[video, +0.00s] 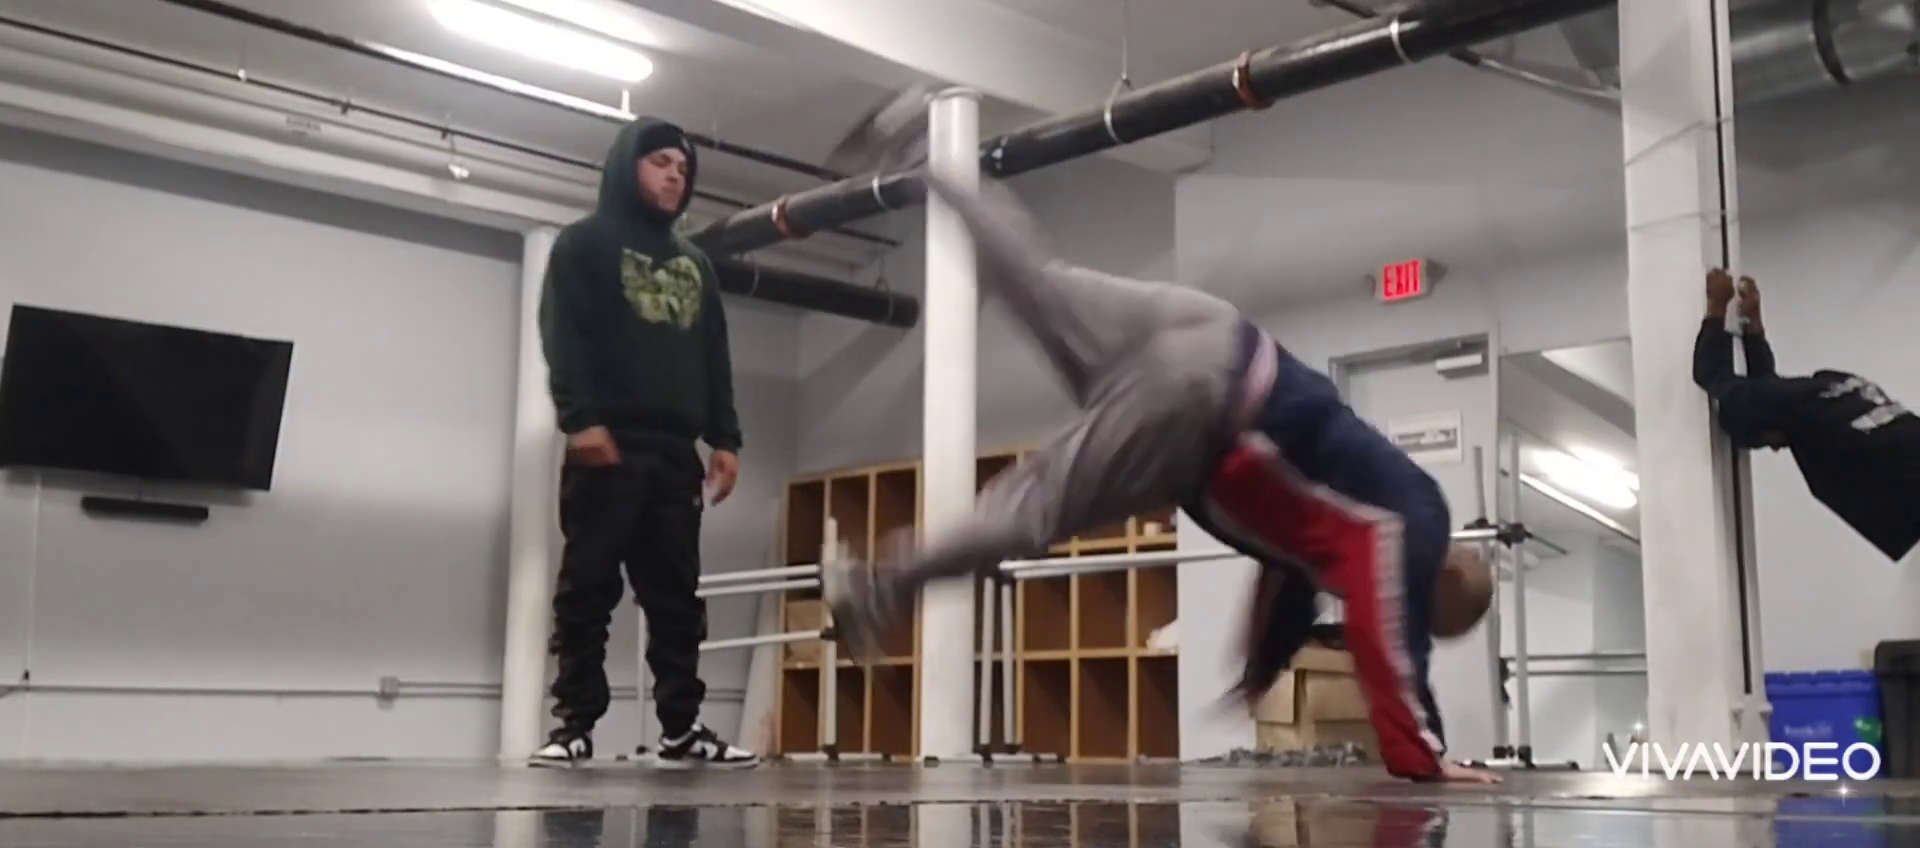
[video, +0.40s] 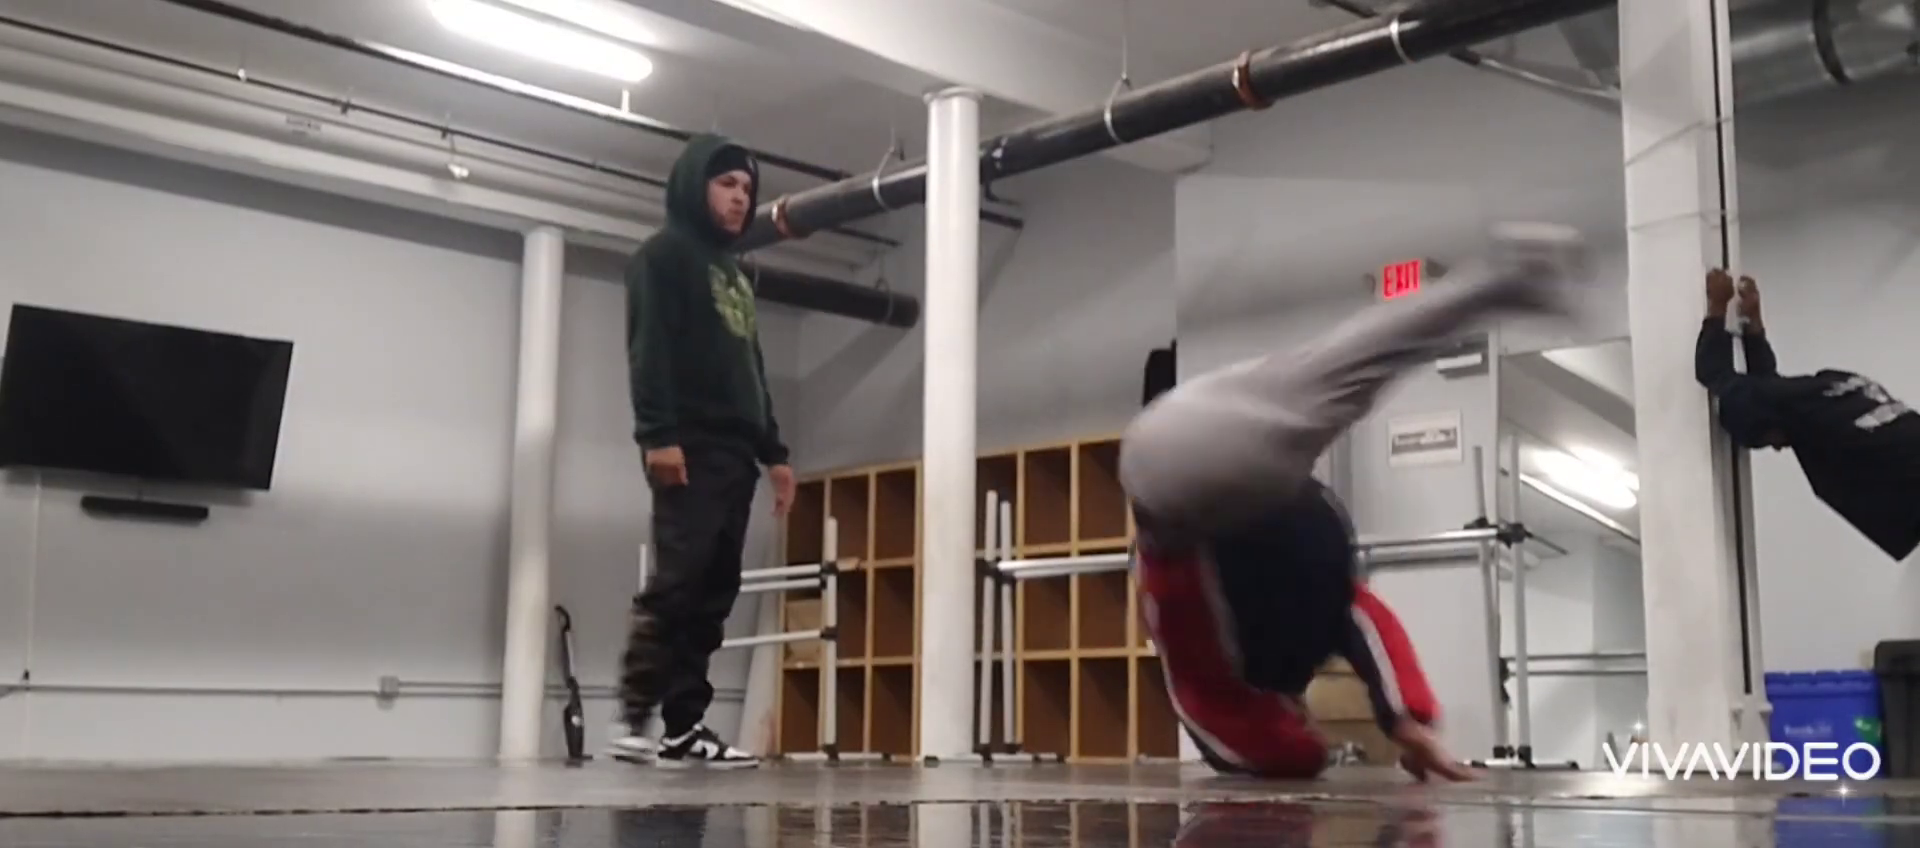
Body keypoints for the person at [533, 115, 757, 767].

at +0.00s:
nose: (675, 177)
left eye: (682, 169)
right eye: (662, 162)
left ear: (687, 184)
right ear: (628, 167)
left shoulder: (694, 263)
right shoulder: (583, 243)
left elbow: (714, 357)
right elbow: (562, 337)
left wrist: (724, 440)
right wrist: (580, 421)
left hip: (675, 449)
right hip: (603, 444)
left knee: (675, 594)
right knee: (587, 591)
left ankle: (681, 728)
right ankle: (573, 728)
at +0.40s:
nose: (739, 198)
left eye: (746, 188)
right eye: (728, 184)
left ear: (749, 198)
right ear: (692, 186)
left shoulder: (735, 272)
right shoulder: (662, 256)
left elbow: (751, 370)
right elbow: (649, 351)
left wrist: (774, 456)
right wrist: (657, 437)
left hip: (734, 449)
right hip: (686, 445)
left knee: (713, 590)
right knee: (678, 579)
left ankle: (684, 728)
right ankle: (635, 717)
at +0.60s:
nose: (772, 202)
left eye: (778, 192)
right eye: (760, 189)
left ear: (777, 201)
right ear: (725, 192)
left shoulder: (740, 264)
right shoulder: (702, 253)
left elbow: (753, 370)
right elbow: (693, 350)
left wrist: (770, 459)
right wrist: (708, 434)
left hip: (740, 448)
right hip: (711, 446)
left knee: (704, 586)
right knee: (739, 580)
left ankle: (683, 727)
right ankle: (750, 727)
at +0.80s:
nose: (802, 209)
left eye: (807, 200)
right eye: (791, 196)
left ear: (803, 207)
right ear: (757, 197)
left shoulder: (757, 260)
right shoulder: (743, 259)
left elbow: (762, 358)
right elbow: (748, 356)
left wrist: (778, 436)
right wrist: (765, 439)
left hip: (741, 449)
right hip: (741, 448)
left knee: (719, 593)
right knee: (777, 587)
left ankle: (684, 728)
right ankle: (809, 729)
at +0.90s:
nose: (817, 210)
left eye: (821, 199)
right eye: (805, 198)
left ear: (819, 204)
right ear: (770, 201)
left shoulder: (771, 262)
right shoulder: (761, 261)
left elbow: (769, 362)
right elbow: (760, 363)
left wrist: (794, 444)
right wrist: (785, 448)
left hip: (757, 452)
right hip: (761, 452)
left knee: (732, 594)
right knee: (792, 593)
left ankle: (686, 726)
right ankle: (814, 731)